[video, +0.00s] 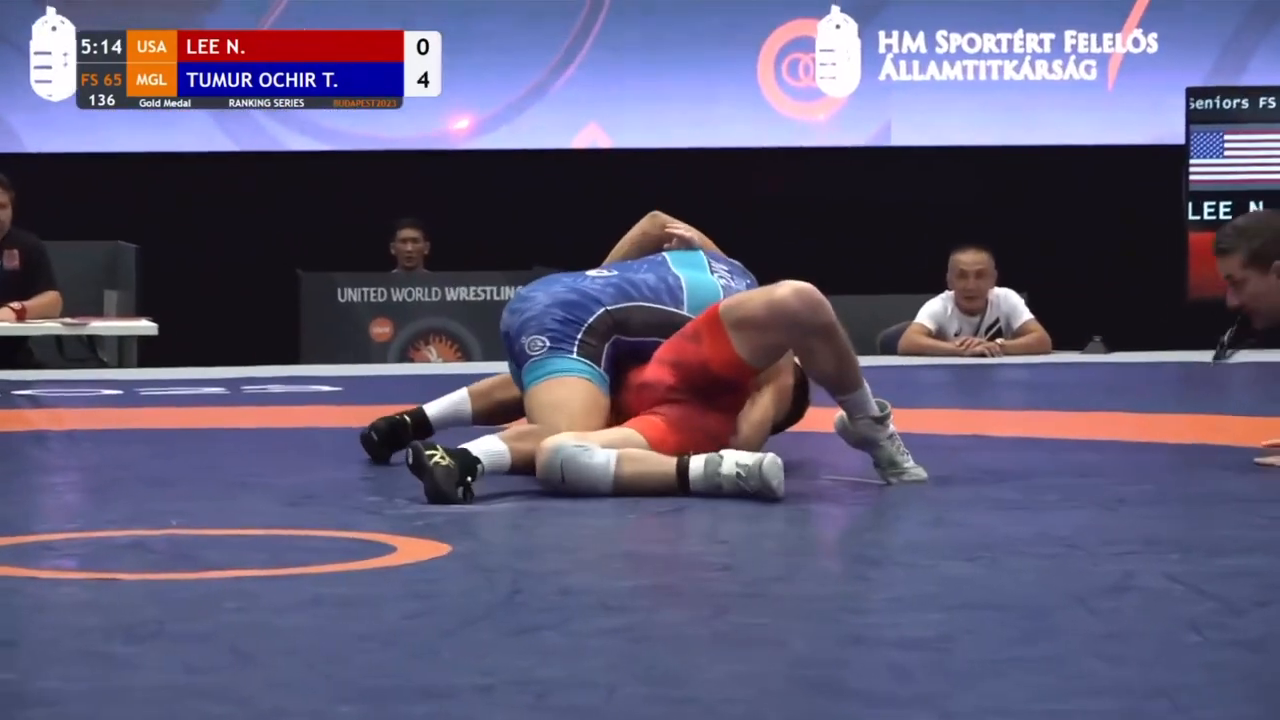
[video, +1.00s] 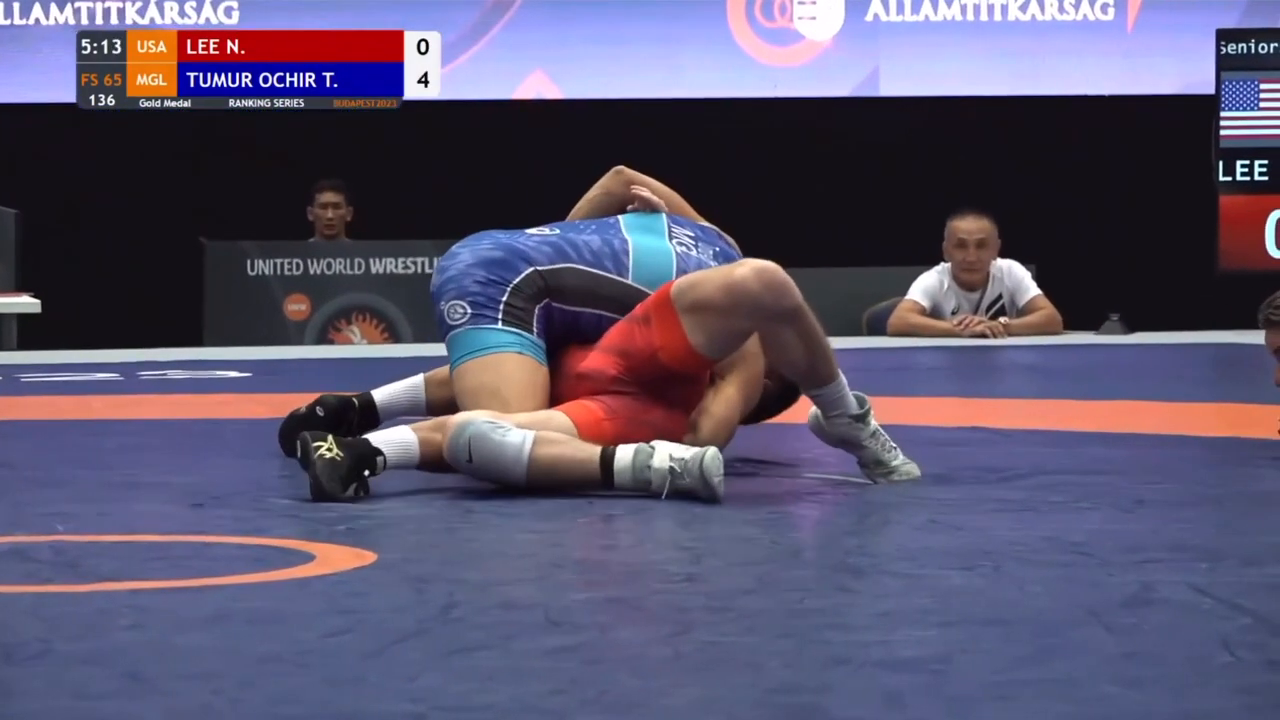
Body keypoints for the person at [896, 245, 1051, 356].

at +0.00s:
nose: (970, 285)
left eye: (980, 276)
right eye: (962, 276)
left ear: (994, 278)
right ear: (949, 279)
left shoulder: (1007, 299)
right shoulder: (938, 305)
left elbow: (1043, 343)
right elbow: (907, 344)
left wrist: (996, 346)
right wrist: (963, 349)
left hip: (1000, 385)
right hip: (948, 386)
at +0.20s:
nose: (975, 272)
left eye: (985, 263)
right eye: (966, 262)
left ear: (1000, 264)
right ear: (952, 265)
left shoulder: (1014, 286)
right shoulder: (942, 293)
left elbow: (1051, 332)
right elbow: (909, 333)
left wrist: (1002, 336)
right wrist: (967, 339)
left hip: (1006, 376)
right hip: (952, 377)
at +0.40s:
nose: (978, 262)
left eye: (988, 252)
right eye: (968, 252)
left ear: (1003, 254)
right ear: (953, 254)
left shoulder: (1018, 277)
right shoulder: (941, 284)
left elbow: (1057, 325)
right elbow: (908, 327)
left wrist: (1006, 329)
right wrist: (969, 332)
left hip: (1010, 372)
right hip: (953, 373)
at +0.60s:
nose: (978, 257)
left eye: (988, 247)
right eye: (968, 247)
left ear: (1004, 249)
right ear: (953, 250)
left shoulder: (1019, 273)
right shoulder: (941, 280)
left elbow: (1060, 322)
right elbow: (906, 323)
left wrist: (1006, 327)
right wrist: (969, 329)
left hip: (1011, 370)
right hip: (953, 371)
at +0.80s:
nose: (974, 256)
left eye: (985, 246)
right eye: (965, 246)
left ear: (1001, 248)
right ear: (949, 249)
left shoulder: (1015, 272)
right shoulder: (937, 280)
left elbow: (1056, 321)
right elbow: (902, 323)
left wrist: (1003, 326)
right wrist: (965, 329)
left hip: (1007, 370)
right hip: (949, 372)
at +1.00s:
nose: (971, 257)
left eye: (981, 246)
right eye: (961, 246)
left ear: (996, 248)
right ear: (945, 249)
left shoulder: (1011, 272)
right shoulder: (933, 280)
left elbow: (1053, 322)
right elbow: (898, 323)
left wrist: (999, 327)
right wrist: (960, 329)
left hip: (1004, 370)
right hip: (946, 372)